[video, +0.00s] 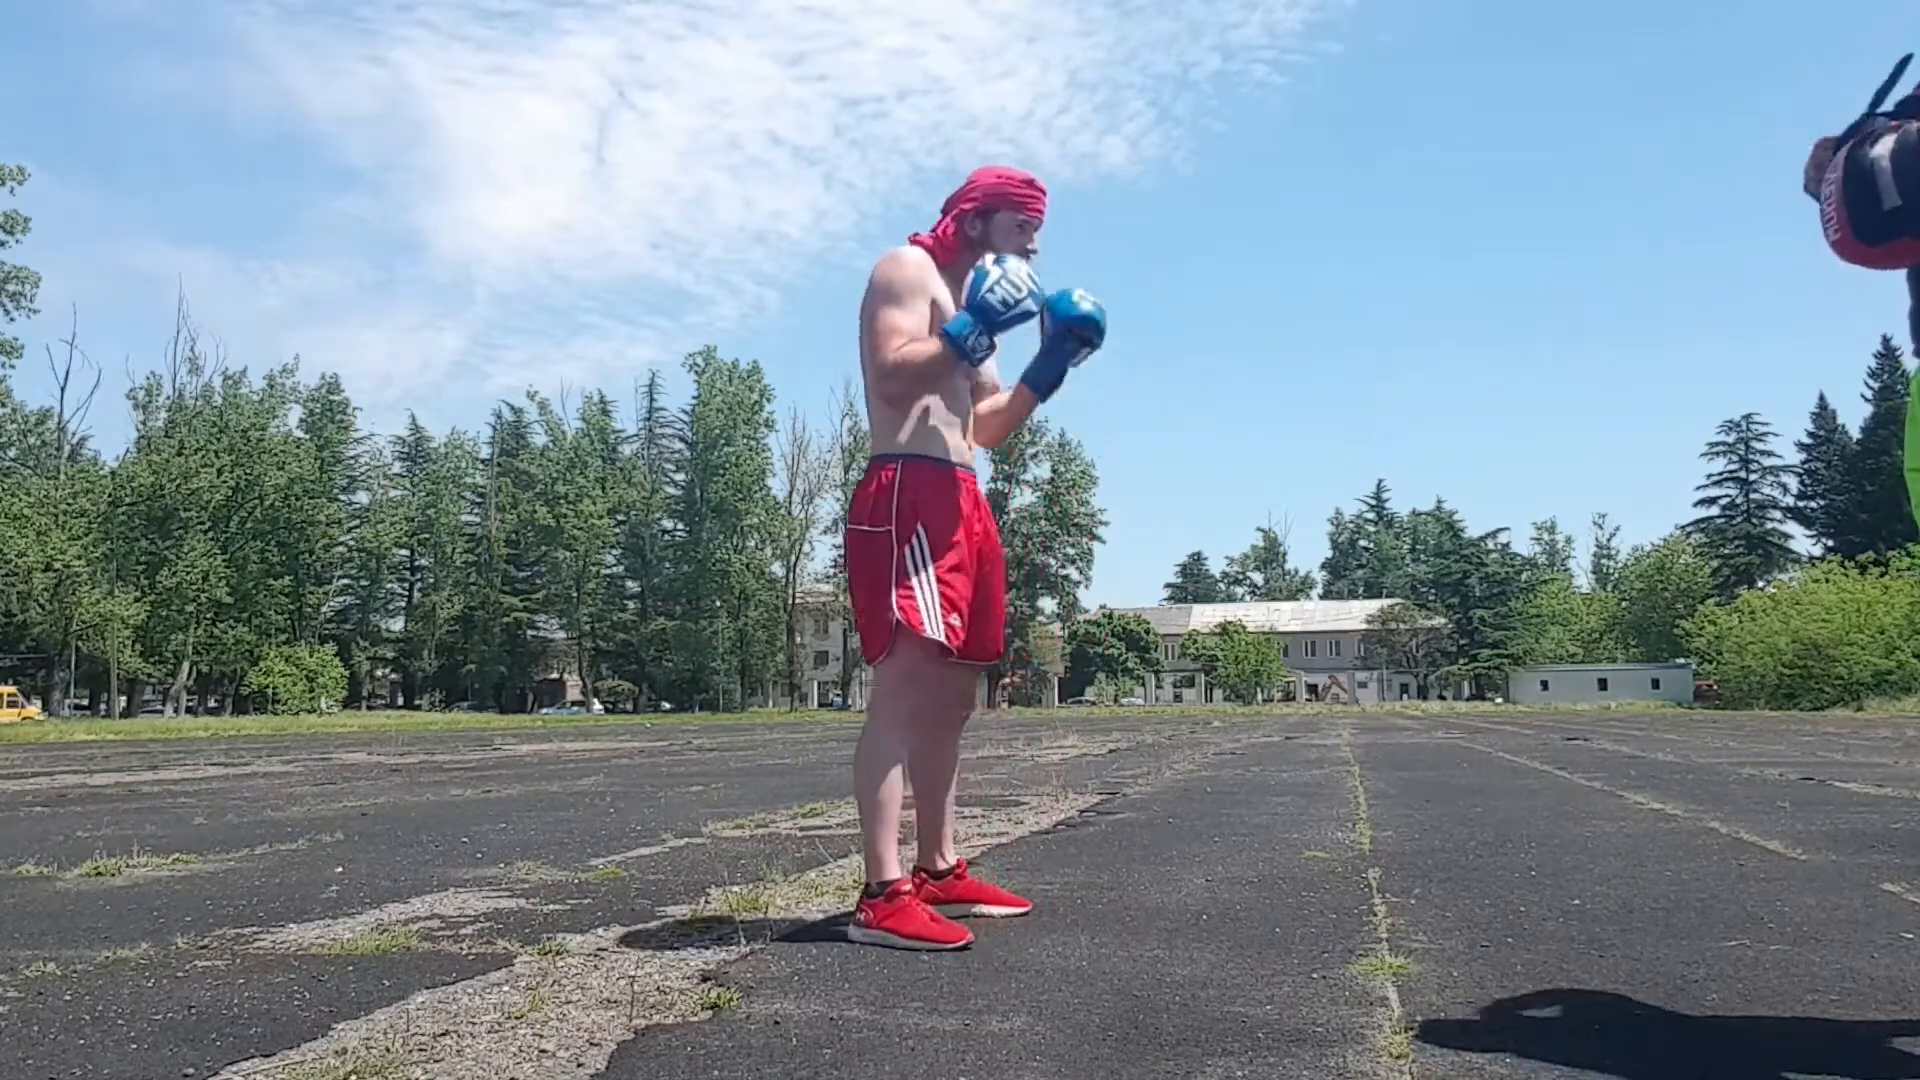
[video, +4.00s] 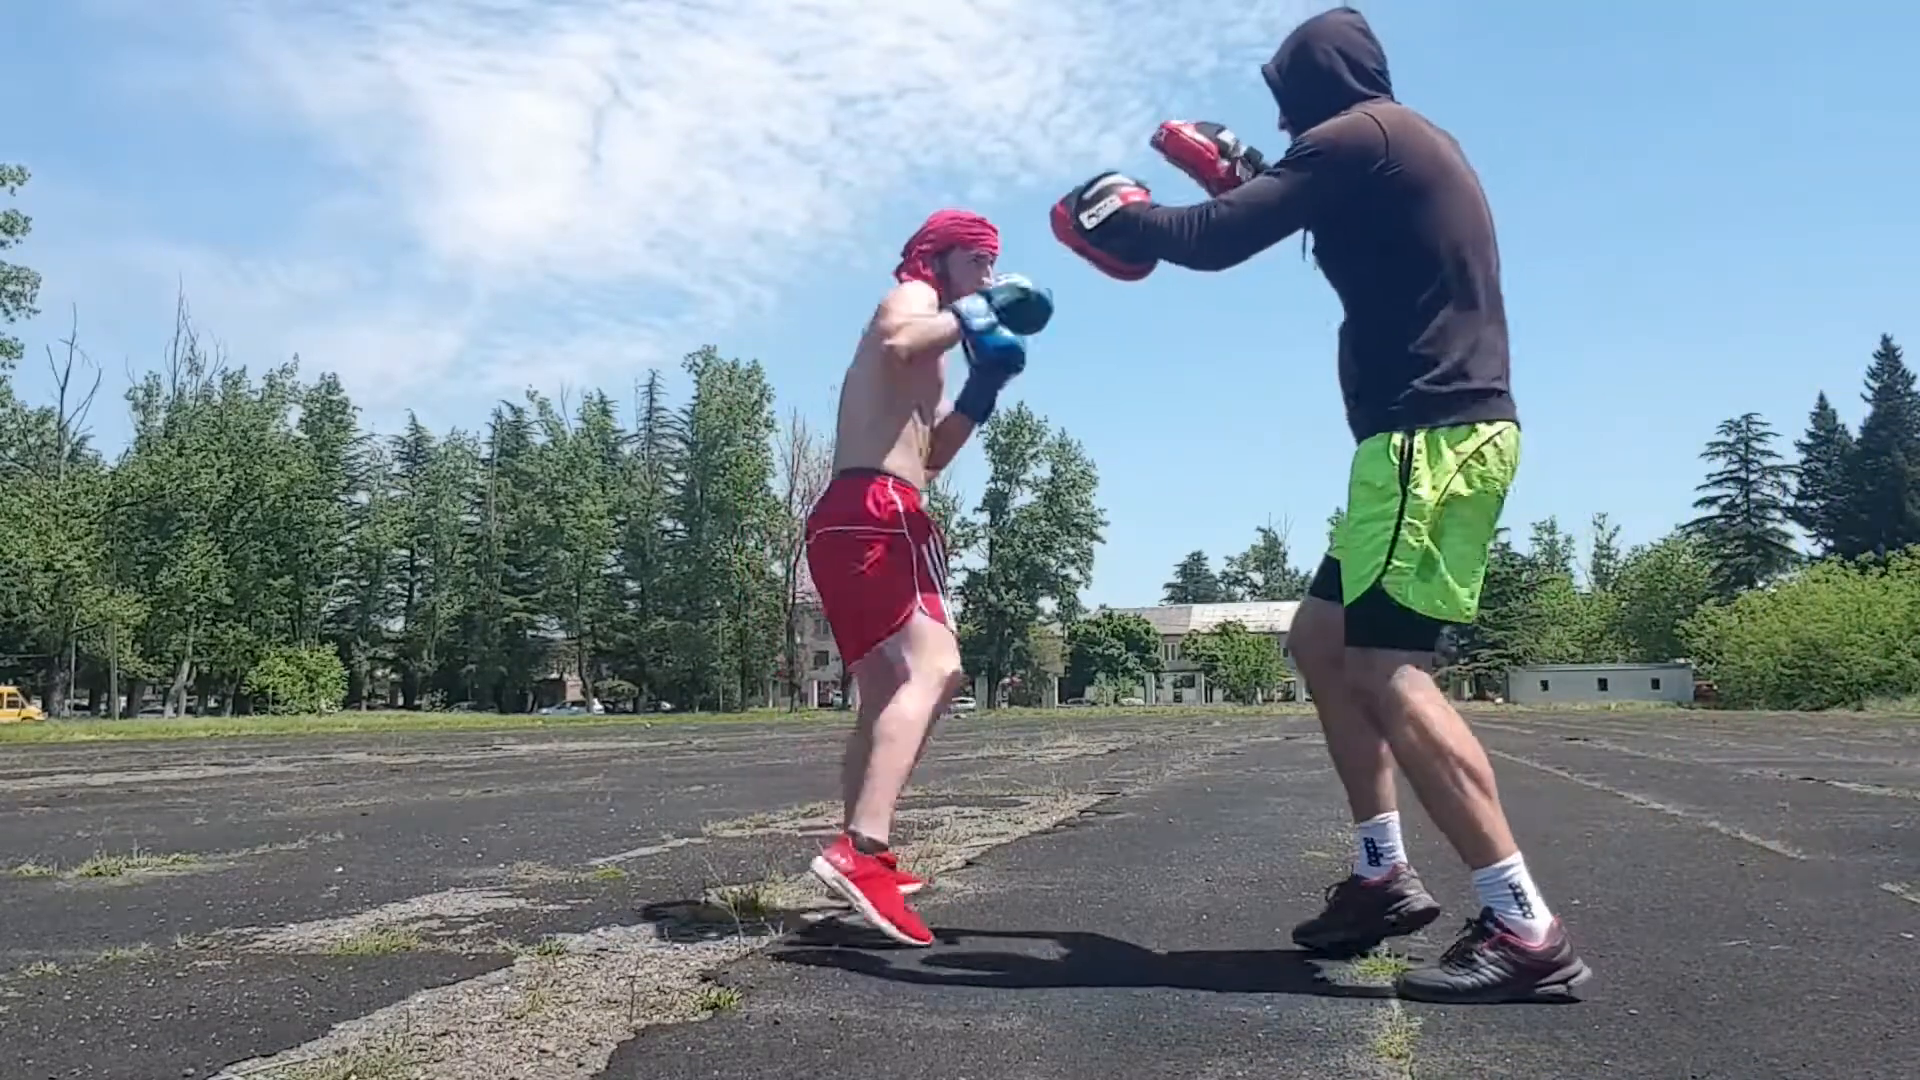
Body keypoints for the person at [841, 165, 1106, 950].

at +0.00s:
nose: (1031, 247)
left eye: (1036, 235)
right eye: (1023, 229)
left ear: (1010, 235)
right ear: (975, 219)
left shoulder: (979, 307)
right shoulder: (908, 267)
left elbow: (986, 428)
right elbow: (891, 370)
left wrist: (1049, 368)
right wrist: (970, 333)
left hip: (966, 502)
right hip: (908, 494)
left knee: (950, 695)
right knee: (901, 689)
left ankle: (937, 871)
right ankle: (884, 890)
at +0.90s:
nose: (940, 259)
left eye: (949, 246)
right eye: (928, 242)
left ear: (945, 252)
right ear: (884, 235)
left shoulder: (906, 326)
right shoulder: (844, 291)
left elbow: (894, 452)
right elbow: (788, 391)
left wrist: (942, 418)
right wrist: (883, 382)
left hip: (889, 508)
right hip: (854, 505)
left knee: (851, 700)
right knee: (877, 698)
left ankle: (823, 877)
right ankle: (882, 890)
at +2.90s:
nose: (927, 266)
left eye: (933, 254)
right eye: (915, 249)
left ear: (923, 263)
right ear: (868, 246)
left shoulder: (885, 337)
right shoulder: (821, 325)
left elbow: (909, 450)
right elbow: (856, 441)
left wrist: (949, 377)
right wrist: (904, 374)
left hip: (863, 520)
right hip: (813, 518)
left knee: (896, 688)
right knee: (842, 698)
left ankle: (812, 835)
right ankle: (839, 886)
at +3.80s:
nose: (960, 294)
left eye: (962, 283)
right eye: (947, 281)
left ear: (945, 292)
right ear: (905, 284)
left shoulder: (933, 368)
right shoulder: (863, 340)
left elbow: (950, 463)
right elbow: (878, 429)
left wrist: (980, 389)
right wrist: (969, 419)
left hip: (895, 536)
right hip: (851, 532)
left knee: (912, 697)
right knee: (937, 667)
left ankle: (850, 859)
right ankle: (878, 841)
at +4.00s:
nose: (990, 276)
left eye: (992, 265)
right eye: (979, 261)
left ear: (964, 270)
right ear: (937, 258)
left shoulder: (926, 351)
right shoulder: (909, 296)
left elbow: (931, 456)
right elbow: (900, 341)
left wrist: (984, 386)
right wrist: (976, 311)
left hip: (867, 519)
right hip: (872, 511)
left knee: (884, 697)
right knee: (934, 667)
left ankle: (859, 852)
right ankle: (865, 845)